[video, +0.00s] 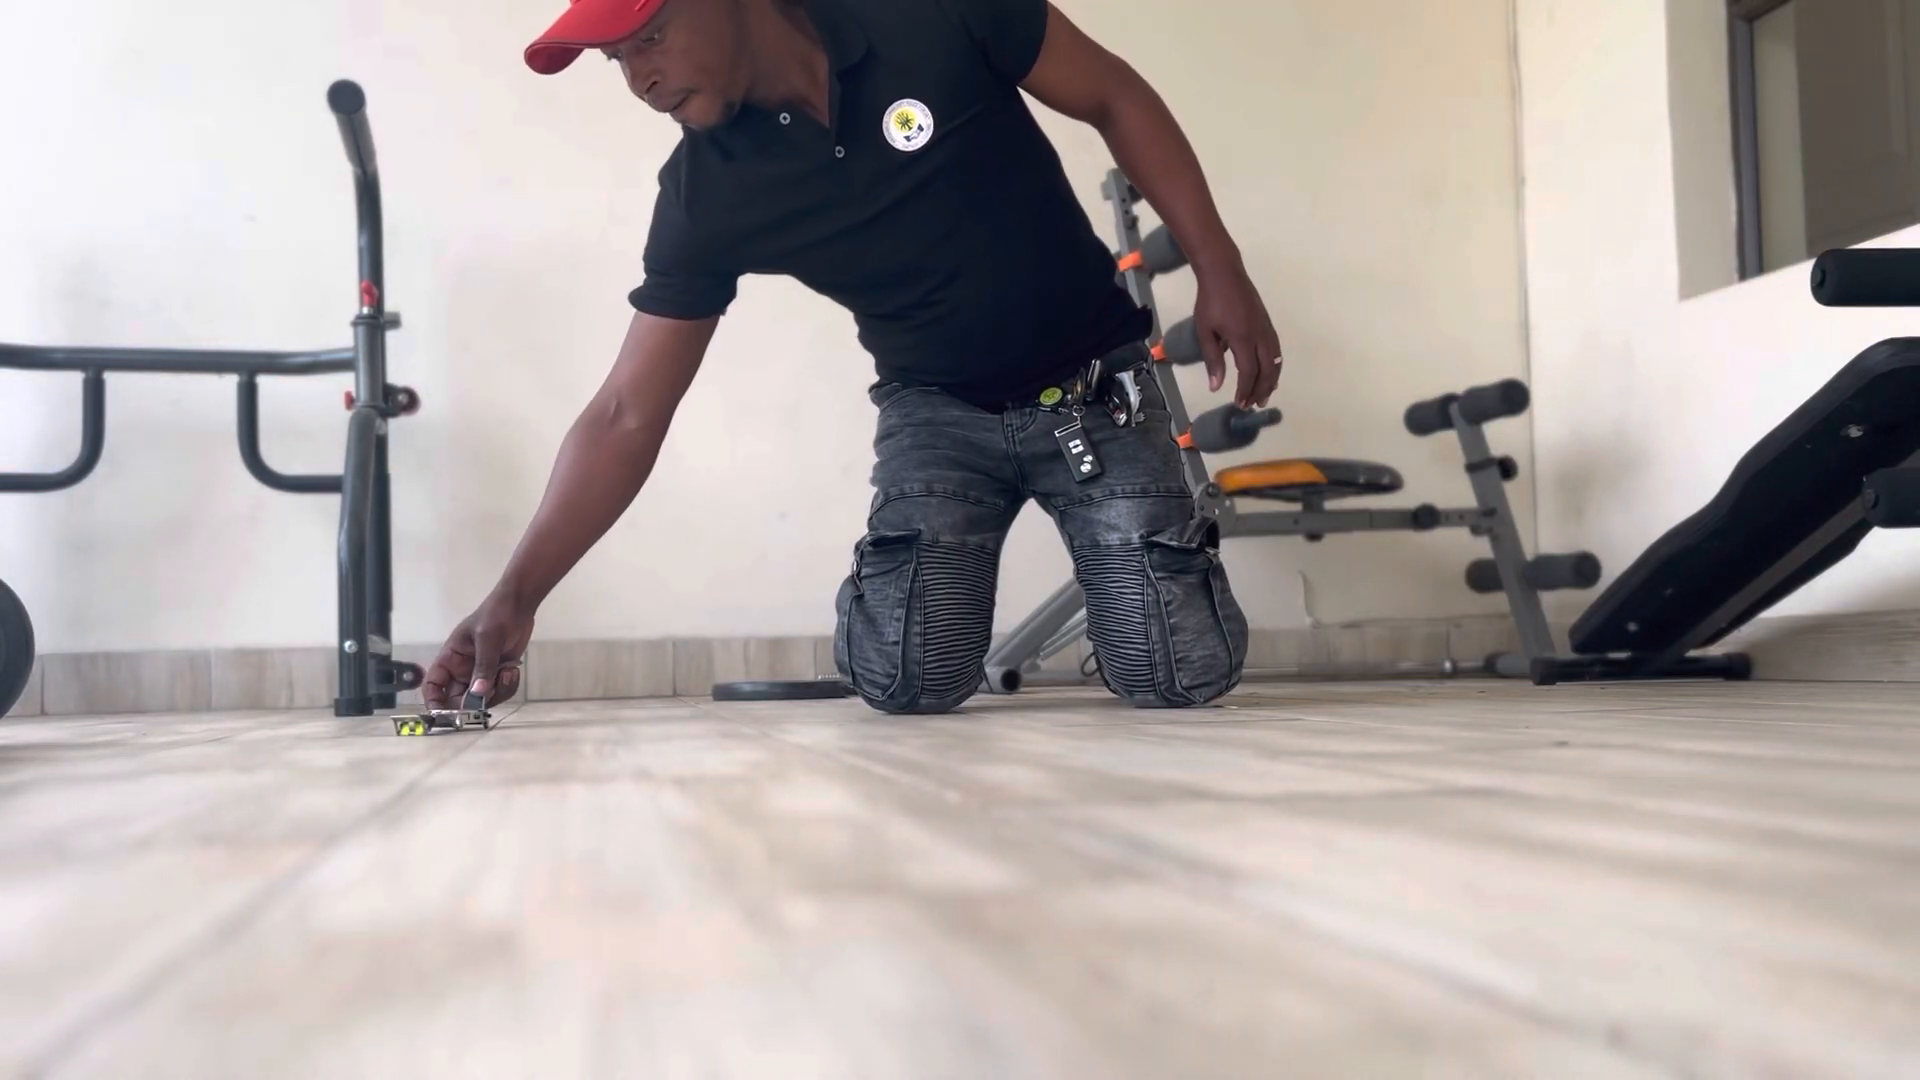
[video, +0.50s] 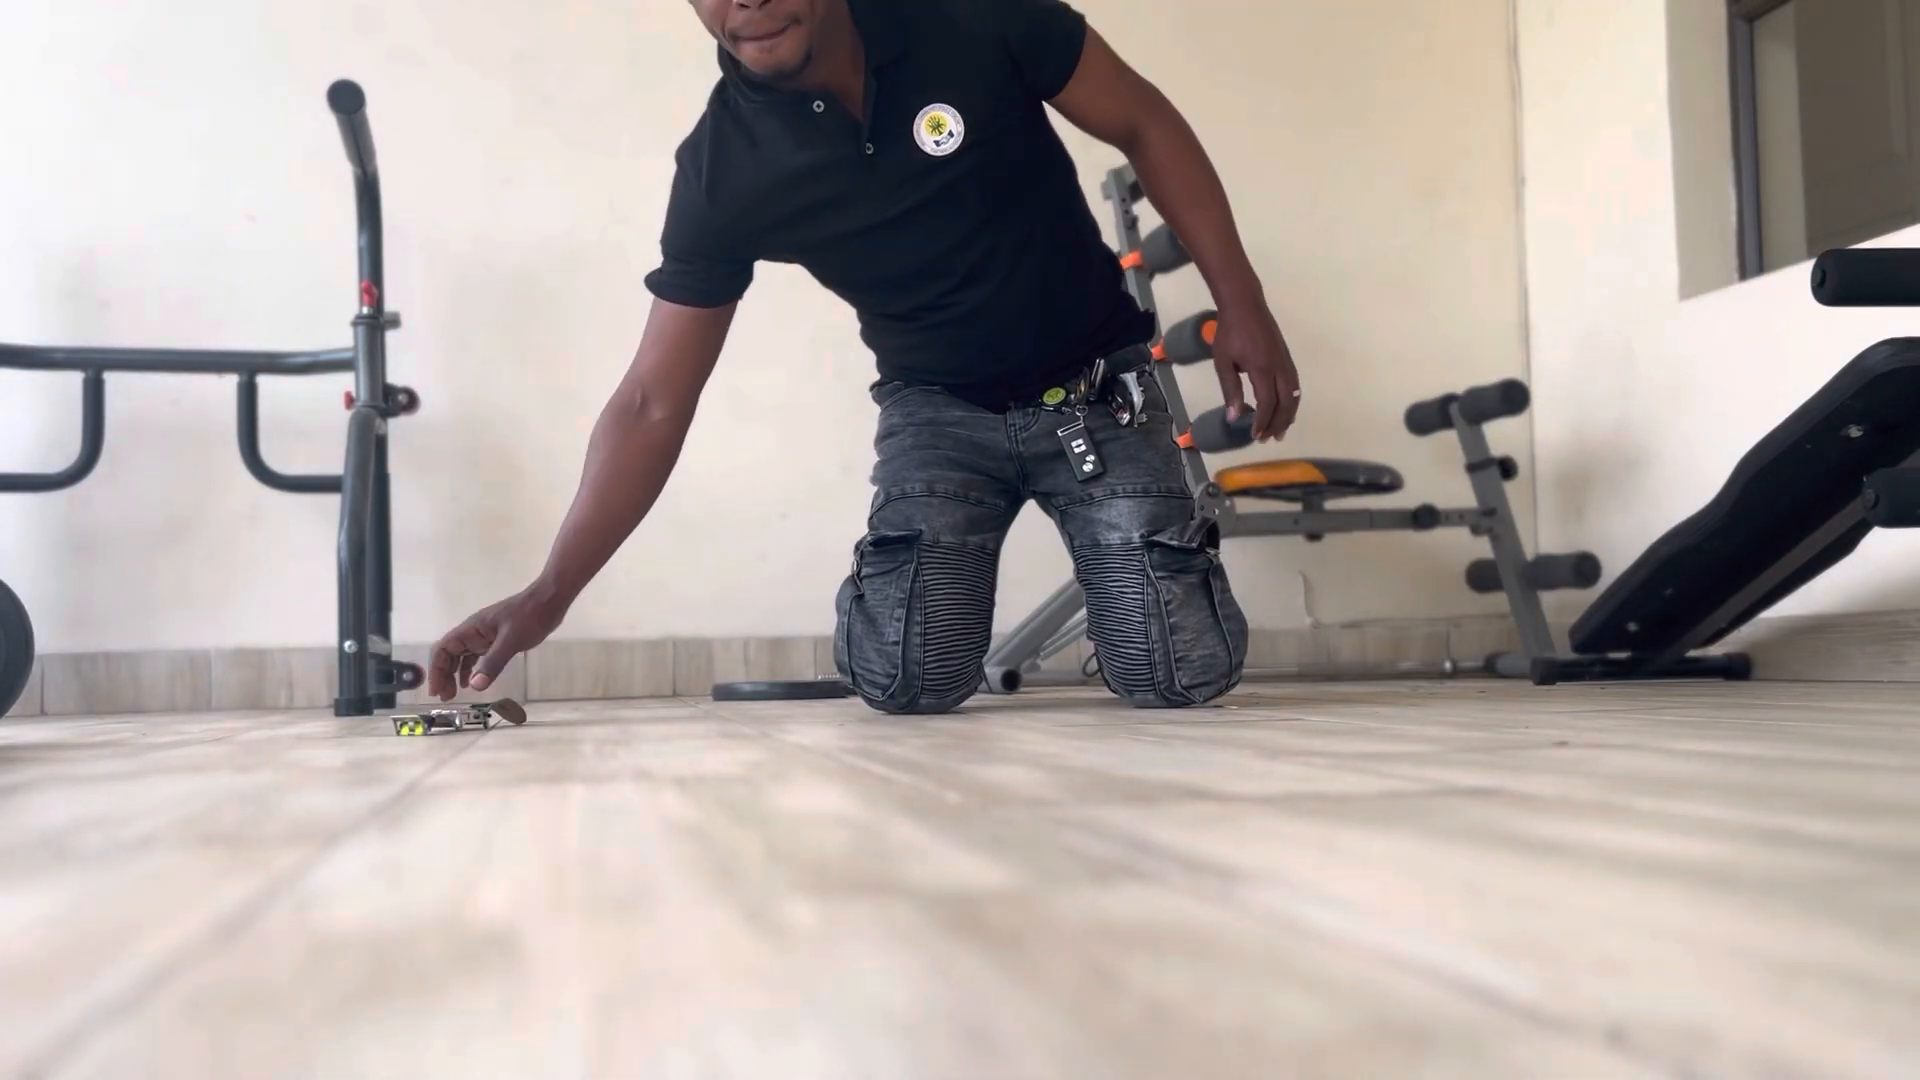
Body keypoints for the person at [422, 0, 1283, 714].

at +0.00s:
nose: (638, 80)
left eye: (648, 40)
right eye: (617, 62)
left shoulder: (935, 19)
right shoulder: (707, 190)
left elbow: (1116, 96)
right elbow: (620, 419)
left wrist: (1220, 269)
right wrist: (511, 601)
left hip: (1098, 380)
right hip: (936, 409)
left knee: (1188, 671)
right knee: (907, 675)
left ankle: (1118, 609)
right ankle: (956, 627)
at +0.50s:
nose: (743, 18)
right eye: (716, 4)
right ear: (697, 11)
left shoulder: (975, 22)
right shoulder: (726, 166)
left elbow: (1144, 122)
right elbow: (646, 409)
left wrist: (1244, 313)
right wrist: (546, 595)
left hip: (1101, 381)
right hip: (936, 408)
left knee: (1185, 670)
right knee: (904, 673)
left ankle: (1122, 608)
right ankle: (953, 631)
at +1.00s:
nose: (921, 24)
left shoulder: (1085, 39)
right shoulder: (808, 125)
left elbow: (1239, 231)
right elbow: (777, 368)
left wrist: (1287, 435)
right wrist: (804, 565)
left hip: (1104, 401)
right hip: (938, 413)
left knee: (1181, 672)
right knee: (915, 679)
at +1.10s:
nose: (959, 50)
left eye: (991, 15)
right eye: (926, 16)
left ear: (1035, 2)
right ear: (877, 9)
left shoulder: (1118, 60)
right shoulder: (831, 132)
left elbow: (1259, 264)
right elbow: (810, 377)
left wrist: (1297, 474)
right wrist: (838, 584)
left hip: (1109, 402)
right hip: (939, 414)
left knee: (1182, 675)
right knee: (912, 686)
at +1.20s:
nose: (989, 81)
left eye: (1023, 40)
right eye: (952, 44)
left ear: (1065, 20)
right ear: (894, 23)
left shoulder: (1144, 82)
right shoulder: (847, 151)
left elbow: (1276, 292)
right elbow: (833, 401)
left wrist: (1310, 508)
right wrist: (859, 637)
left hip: (1111, 399)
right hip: (935, 412)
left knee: (1181, 673)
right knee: (916, 689)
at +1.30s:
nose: (1045, 183)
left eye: (1077, 151)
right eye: (1012, 151)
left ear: (1119, 90)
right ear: (938, 84)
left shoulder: (1194, 129)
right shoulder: (873, 161)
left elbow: (1334, 361)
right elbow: (849, 424)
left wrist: (1364, 594)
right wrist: (866, 672)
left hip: (1114, 400)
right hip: (943, 408)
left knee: (1177, 676)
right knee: (916, 680)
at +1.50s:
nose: (1112, 214)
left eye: (1141, 181)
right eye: (1076, 180)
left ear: (1182, 104)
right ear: (991, 107)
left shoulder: (1251, 153)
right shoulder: (906, 148)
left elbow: (1366, 405)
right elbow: (851, 419)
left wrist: (1395, 660)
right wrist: (863, 675)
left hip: (1138, 392)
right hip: (956, 393)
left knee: (1179, 679)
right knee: (909, 684)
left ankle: (1194, 583)